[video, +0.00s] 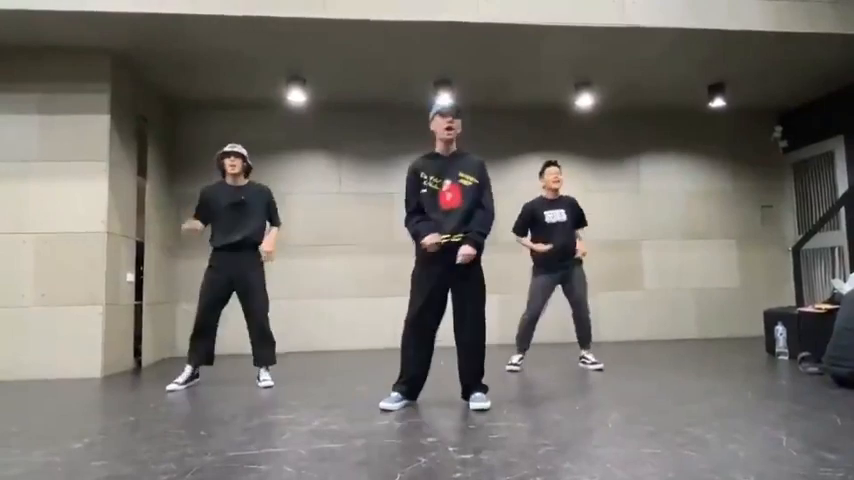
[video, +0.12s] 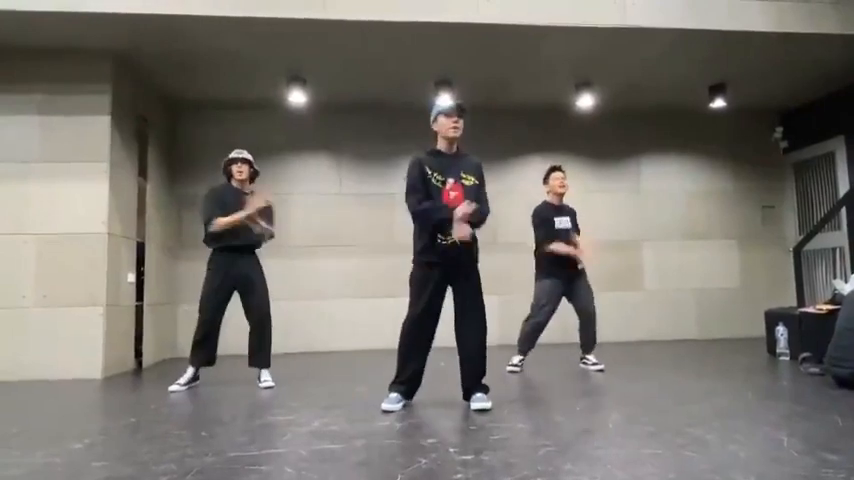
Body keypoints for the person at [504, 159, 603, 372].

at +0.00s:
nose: (556, 178)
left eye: (558, 175)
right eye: (551, 175)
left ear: (562, 179)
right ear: (542, 180)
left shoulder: (570, 203)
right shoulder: (532, 207)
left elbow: (577, 230)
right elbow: (518, 234)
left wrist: (580, 244)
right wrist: (532, 246)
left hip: (571, 266)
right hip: (545, 269)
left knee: (581, 308)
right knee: (532, 312)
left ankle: (585, 352)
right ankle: (519, 354)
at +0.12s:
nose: (562, 182)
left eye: (563, 179)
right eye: (557, 179)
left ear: (567, 184)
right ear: (547, 186)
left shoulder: (570, 212)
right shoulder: (541, 211)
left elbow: (574, 236)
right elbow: (546, 244)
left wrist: (579, 252)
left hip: (573, 271)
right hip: (550, 273)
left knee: (587, 311)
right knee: (540, 314)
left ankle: (587, 355)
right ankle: (520, 355)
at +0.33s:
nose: (557, 176)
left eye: (559, 173)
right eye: (552, 173)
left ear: (562, 178)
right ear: (542, 178)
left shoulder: (571, 202)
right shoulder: (531, 206)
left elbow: (579, 232)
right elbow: (526, 235)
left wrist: (577, 222)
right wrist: (545, 232)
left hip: (565, 268)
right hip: (536, 269)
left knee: (577, 310)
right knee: (524, 314)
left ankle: (587, 355)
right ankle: (517, 355)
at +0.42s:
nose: (551, 180)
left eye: (553, 176)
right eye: (546, 177)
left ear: (556, 181)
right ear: (537, 182)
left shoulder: (567, 207)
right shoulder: (528, 210)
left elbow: (578, 235)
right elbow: (514, 237)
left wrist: (601, 239)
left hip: (564, 273)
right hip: (535, 274)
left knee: (576, 313)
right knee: (524, 316)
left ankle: (587, 355)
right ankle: (517, 356)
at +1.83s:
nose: (556, 178)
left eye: (558, 175)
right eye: (551, 175)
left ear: (562, 179)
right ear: (543, 180)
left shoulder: (570, 207)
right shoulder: (531, 207)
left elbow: (582, 236)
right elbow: (521, 234)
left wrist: (611, 234)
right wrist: (511, 235)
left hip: (569, 270)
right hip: (540, 271)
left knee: (582, 312)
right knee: (531, 311)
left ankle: (589, 353)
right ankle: (536, 353)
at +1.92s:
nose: (552, 176)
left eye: (554, 173)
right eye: (547, 173)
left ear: (558, 178)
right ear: (539, 178)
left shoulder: (568, 205)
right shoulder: (528, 204)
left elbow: (586, 229)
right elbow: (505, 221)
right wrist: (501, 207)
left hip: (562, 270)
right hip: (535, 270)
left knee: (577, 310)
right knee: (529, 312)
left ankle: (588, 351)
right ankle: (537, 353)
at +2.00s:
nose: (548, 174)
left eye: (551, 171)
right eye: (543, 171)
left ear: (555, 176)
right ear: (535, 177)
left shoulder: (564, 201)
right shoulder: (525, 200)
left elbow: (591, 217)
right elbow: (511, 209)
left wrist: (577, 203)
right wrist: (508, 208)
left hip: (559, 267)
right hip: (531, 269)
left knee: (571, 307)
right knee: (529, 311)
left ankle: (582, 346)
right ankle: (538, 353)